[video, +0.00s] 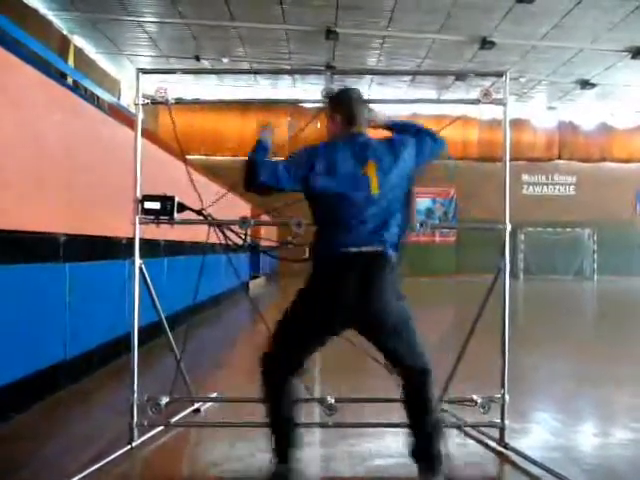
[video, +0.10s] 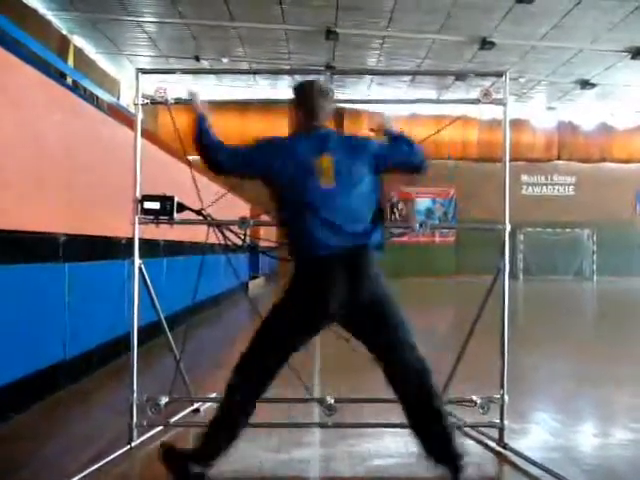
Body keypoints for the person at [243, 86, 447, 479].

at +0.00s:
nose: (327, 126)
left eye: (329, 120)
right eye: (330, 119)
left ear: (335, 121)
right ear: (366, 120)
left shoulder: (319, 160)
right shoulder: (396, 152)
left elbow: (260, 178)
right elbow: (432, 140)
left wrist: (264, 143)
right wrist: (387, 125)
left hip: (328, 289)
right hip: (378, 290)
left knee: (278, 364)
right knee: (416, 370)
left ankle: (284, 463)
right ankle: (430, 465)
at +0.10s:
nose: (291, 119)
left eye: (293, 113)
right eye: (297, 112)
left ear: (297, 114)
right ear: (332, 114)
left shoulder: (282, 152)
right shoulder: (362, 149)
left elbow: (219, 161)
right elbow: (415, 161)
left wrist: (200, 121)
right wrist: (391, 132)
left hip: (312, 284)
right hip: (363, 281)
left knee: (254, 370)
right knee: (406, 364)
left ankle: (201, 458)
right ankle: (449, 458)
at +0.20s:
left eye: (269, 125)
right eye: (297, 128)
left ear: (265, 128)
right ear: (301, 130)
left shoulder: (246, 157)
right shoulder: (320, 166)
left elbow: (206, 128)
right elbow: (368, 204)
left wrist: (171, 101)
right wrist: (400, 187)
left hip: (297, 291)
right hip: (344, 285)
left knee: (235, 389)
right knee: (409, 366)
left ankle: (192, 473)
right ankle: (476, 447)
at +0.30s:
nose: (292, 142)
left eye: (276, 135)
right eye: (294, 137)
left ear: (258, 139)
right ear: (292, 141)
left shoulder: (235, 174)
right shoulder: (310, 177)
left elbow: (197, 156)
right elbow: (324, 233)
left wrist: (171, 117)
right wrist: (375, 239)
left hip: (278, 303)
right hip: (328, 296)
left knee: (207, 378)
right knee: (391, 369)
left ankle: (184, 468)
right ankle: (466, 443)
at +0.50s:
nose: (339, 134)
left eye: (338, 128)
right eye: (337, 128)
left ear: (300, 129)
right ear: (328, 129)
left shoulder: (272, 172)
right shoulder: (347, 166)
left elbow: (227, 194)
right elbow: (401, 206)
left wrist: (248, 162)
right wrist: (398, 173)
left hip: (301, 293)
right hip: (349, 291)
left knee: (243, 379)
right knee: (377, 381)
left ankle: (220, 467)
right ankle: (379, 470)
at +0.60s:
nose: (361, 137)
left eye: (359, 132)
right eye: (360, 132)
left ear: (321, 130)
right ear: (355, 133)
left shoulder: (287, 163)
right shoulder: (364, 169)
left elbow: (245, 150)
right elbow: (425, 200)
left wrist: (280, 120)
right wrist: (424, 165)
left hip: (308, 298)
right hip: (356, 294)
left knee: (262, 392)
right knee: (418, 352)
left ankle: (240, 473)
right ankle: (410, 447)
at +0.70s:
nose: (393, 130)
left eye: (384, 124)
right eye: (396, 125)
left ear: (368, 130)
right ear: (398, 130)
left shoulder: (338, 163)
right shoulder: (417, 162)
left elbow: (278, 169)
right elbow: (463, 157)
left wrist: (267, 144)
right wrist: (474, 113)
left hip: (331, 292)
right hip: (381, 292)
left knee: (272, 371)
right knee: (444, 366)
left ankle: (214, 459)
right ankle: (479, 452)